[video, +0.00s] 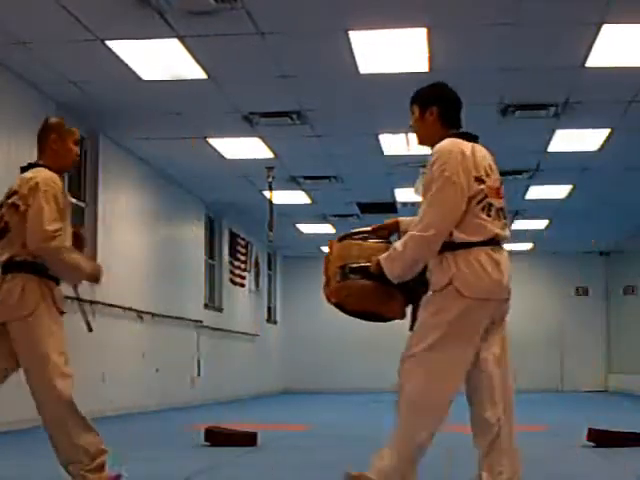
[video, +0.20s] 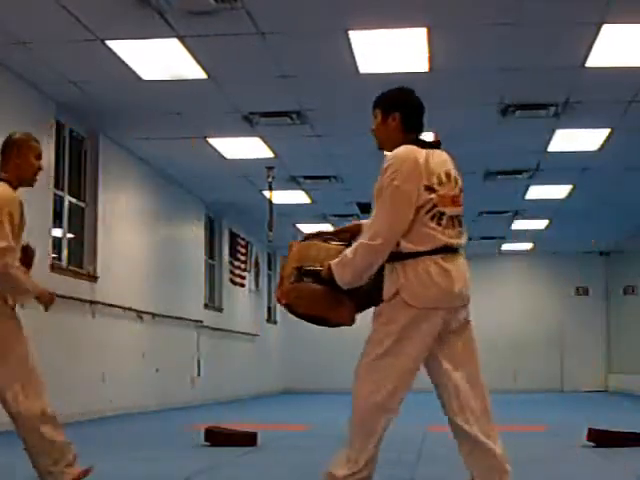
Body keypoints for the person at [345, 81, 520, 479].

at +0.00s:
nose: (412, 127)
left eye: (415, 117)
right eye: (412, 118)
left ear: (432, 115)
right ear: (448, 116)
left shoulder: (450, 153)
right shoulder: (480, 154)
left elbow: (434, 227)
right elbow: (457, 220)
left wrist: (386, 266)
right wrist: (404, 225)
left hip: (464, 276)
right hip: (492, 274)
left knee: (422, 369)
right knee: (488, 382)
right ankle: (500, 471)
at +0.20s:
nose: (373, 130)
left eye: (376, 121)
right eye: (374, 121)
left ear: (394, 120)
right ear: (407, 122)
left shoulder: (403, 161)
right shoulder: (442, 159)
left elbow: (381, 235)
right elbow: (412, 224)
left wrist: (337, 272)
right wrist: (360, 231)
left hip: (417, 282)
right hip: (453, 277)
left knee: (375, 384)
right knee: (463, 392)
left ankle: (353, 470)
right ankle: (492, 471)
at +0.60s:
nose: (300, 138)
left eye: (301, 128)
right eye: (298, 130)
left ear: (320, 123)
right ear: (337, 123)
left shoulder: (335, 162)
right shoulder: (377, 151)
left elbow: (327, 235)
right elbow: (365, 214)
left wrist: (290, 283)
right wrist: (315, 231)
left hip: (379, 271)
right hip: (418, 262)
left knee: (356, 373)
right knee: (438, 371)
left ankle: (352, 468)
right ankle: (477, 467)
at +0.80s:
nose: (301, 140)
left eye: (302, 131)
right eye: (299, 132)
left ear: (321, 125)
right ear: (337, 123)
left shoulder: (338, 164)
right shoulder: (378, 152)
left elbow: (327, 239)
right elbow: (365, 212)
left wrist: (290, 281)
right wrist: (315, 227)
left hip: (379, 276)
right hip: (417, 266)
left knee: (351, 373)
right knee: (436, 372)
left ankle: (351, 468)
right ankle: (484, 460)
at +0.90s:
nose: (310, 140)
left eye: (311, 130)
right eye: (308, 132)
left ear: (331, 125)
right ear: (347, 124)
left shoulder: (348, 164)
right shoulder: (386, 154)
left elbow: (336, 237)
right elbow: (372, 217)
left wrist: (296, 281)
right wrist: (321, 229)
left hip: (382, 278)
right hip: (420, 270)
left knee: (347, 370)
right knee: (438, 370)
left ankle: (350, 468)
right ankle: (490, 457)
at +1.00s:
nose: (327, 142)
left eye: (328, 132)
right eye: (325, 133)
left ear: (348, 127)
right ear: (359, 127)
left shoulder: (365, 169)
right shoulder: (404, 161)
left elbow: (346, 243)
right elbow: (387, 230)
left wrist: (307, 281)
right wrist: (333, 242)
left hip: (390, 280)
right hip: (427, 274)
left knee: (345, 370)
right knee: (442, 378)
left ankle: (346, 468)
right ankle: (494, 461)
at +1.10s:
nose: (351, 146)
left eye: (352, 136)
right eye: (349, 137)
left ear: (372, 129)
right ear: (381, 130)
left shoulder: (392, 168)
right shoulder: (425, 166)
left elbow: (375, 237)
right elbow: (399, 231)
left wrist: (324, 242)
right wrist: (345, 232)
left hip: (406, 283)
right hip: (439, 277)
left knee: (357, 375)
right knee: (450, 386)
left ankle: (347, 469)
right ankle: (506, 468)